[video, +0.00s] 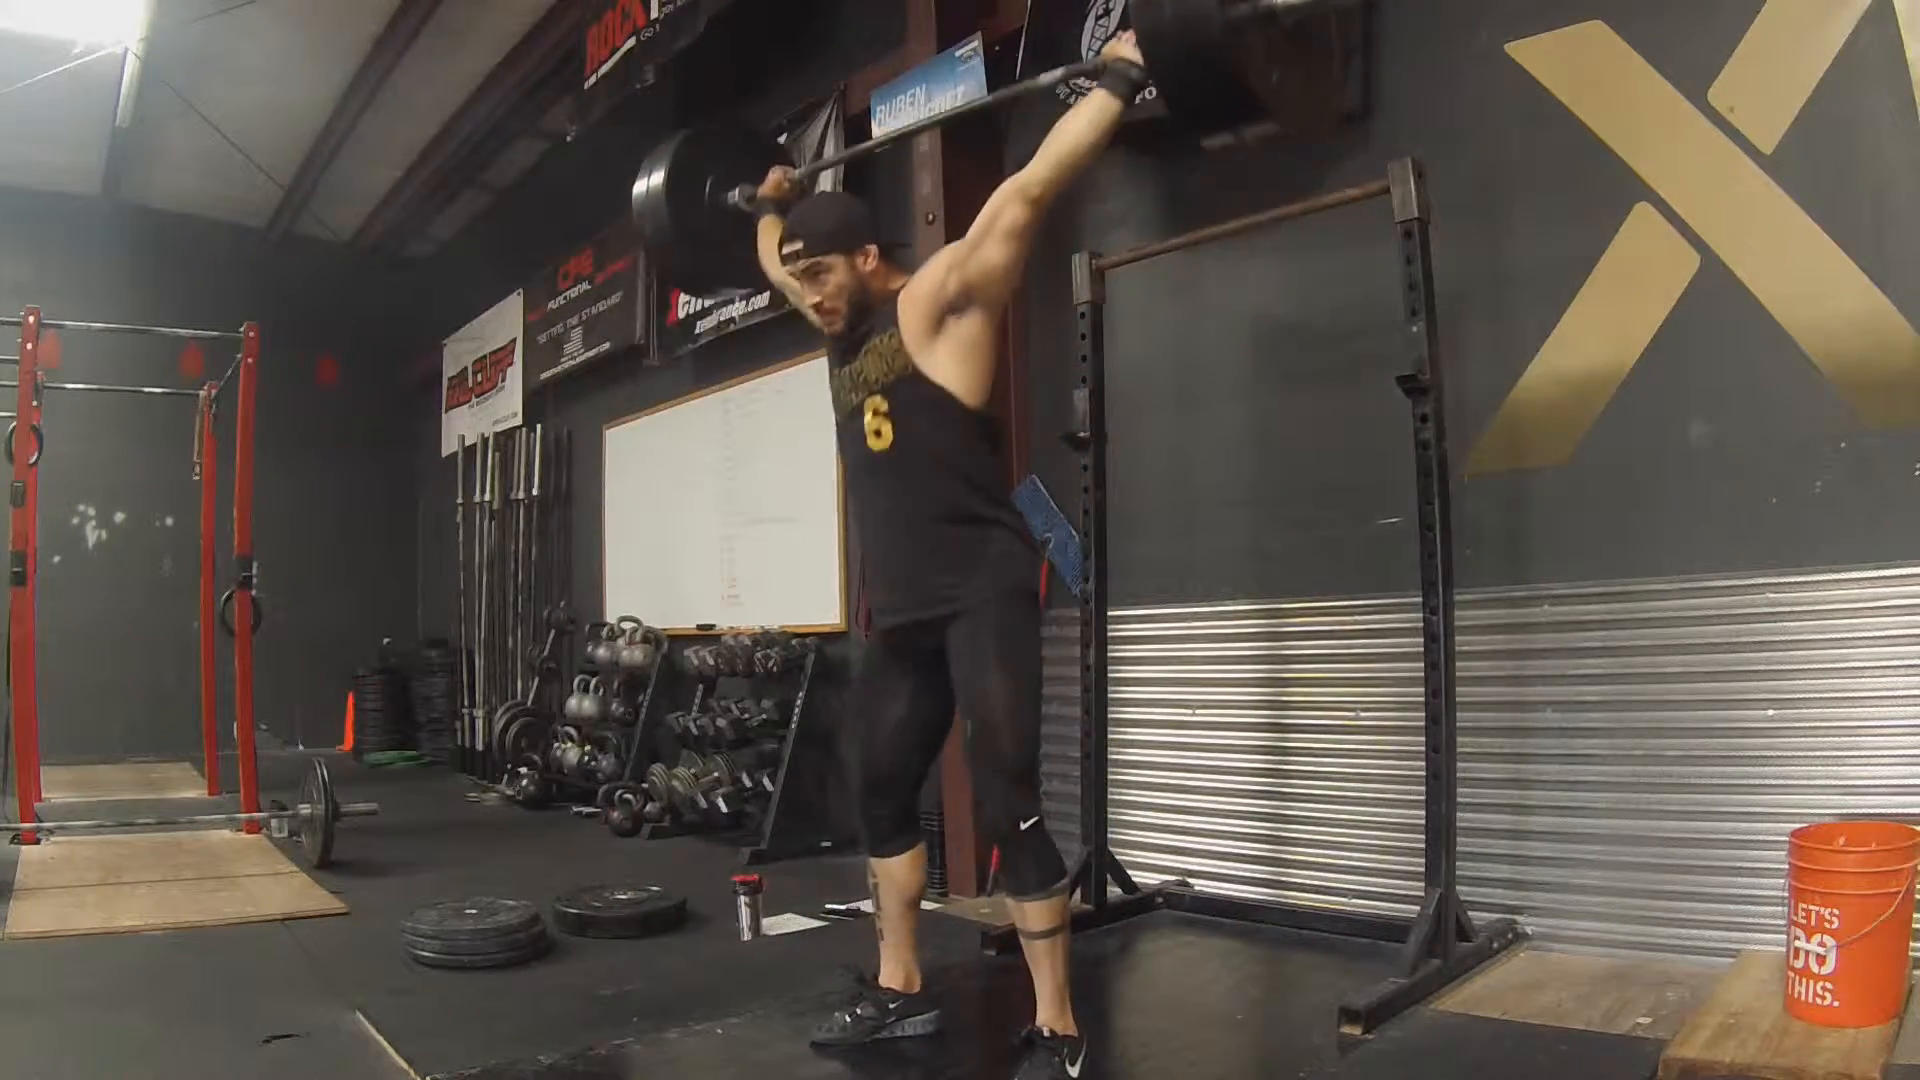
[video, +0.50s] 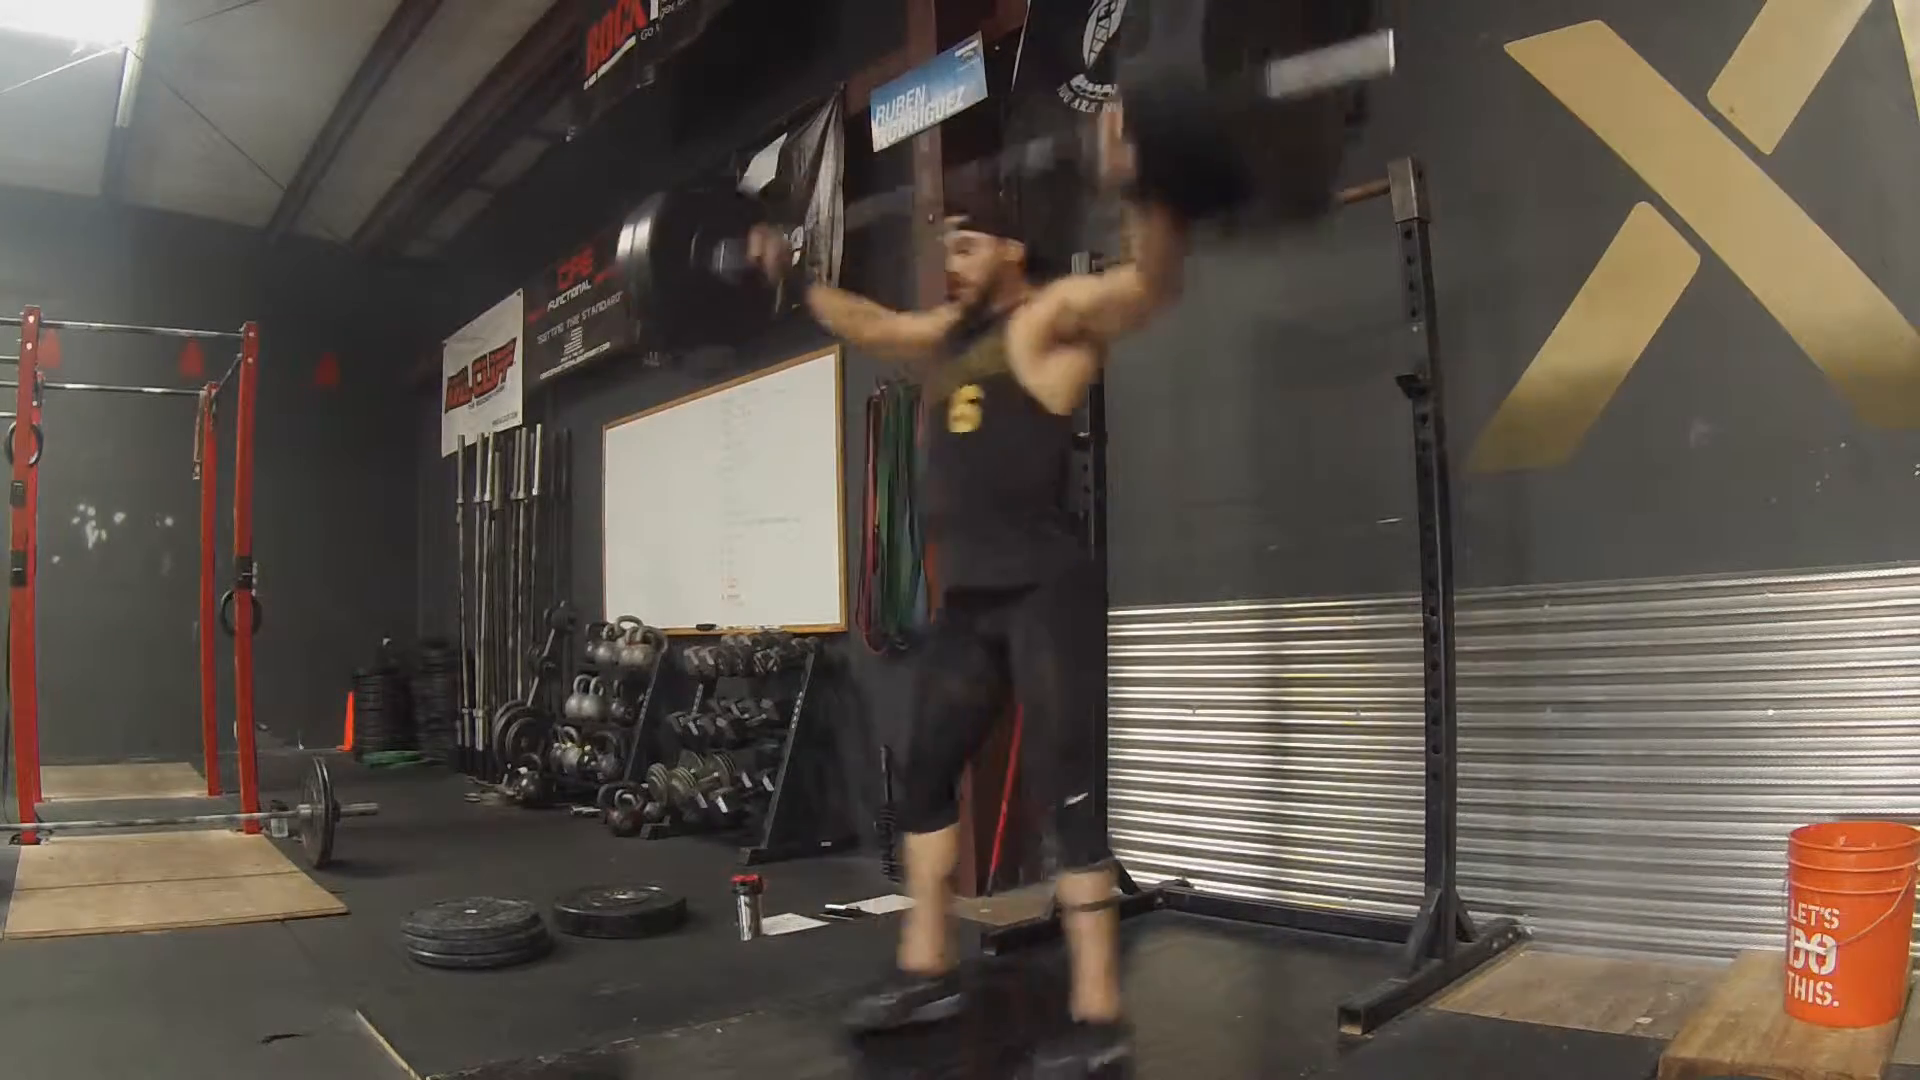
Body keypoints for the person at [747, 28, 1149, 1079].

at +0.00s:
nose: (807, 292)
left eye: (817, 271)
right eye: (797, 280)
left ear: (868, 255)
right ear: (813, 280)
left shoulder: (949, 290)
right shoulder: (853, 334)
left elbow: (1026, 188)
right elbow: (779, 268)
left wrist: (1115, 80)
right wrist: (769, 200)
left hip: (985, 588)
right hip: (900, 608)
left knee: (1008, 795)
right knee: (879, 787)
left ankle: (1057, 1031)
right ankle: (899, 998)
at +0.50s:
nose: (953, 255)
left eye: (968, 241)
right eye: (947, 244)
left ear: (1016, 250)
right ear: (953, 260)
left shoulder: (1056, 311)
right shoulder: (947, 332)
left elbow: (1149, 285)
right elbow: (868, 324)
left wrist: (1142, 185)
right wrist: (792, 273)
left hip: (1051, 596)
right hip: (965, 603)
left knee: (1068, 794)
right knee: (923, 774)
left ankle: (1098, 1017)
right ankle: (926, 972)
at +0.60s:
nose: (998, 285)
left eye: (1012, 270)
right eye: (992, 273)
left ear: (1058, 273)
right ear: (990, 278)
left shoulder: (1095, 335)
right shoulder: (986, 350)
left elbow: (1158, 366)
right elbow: (896, 386)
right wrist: (798, 361)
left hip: (1070, 600)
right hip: (990, 602)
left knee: (1089, 791)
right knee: (933, 781)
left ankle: (1182, 967)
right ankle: (995, 947)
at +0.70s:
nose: (1026, 317)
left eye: (1042, 301)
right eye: (1019, 304)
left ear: (1087, 308)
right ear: (1015, 314)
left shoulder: (1117, 383)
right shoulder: (1005, 397)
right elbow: (938, 466)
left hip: (1097, 631)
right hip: (1019, 632)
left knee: (1131, 820)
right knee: (949, 793)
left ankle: (1254, 954)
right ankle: (1003, 957)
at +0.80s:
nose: (1052, 326)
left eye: (1068, 311)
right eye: (1042, 314)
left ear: (1105, 320)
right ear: (1034, 326)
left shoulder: (1149, 400)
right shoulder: (1030, 417)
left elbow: (1203, 506)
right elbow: (1010, 528)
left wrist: (1190, 606)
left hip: (1139, 644)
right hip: (1052, 654)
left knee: (1192, 825)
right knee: (967, 794)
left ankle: (1258, 969)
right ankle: (1005, 956)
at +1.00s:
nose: (1107, 301)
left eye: (1121, 285)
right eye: (1092, 288)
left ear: (1146, 289)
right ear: (1074, 297)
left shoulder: (1195, 361)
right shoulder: (1063, 383)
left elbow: (1269, 460)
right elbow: (1090, 493)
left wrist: (1315, 574)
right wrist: (1080, 576)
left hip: (1193, 608)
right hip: (1109, 616)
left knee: (1223, 781)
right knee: (1042, 769)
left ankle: (1257, 969)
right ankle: (1027, 941)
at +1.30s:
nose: (1121, 283)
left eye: (1134, 266)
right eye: (1107, 273)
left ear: (1168, 267)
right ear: (1097, 283)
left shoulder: (1222, 338)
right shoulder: (1090, 363)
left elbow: (1292, 431)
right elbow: (1074, 471)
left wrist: (1339, 517)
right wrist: (1021, 549)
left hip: (1219, 589)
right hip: (1132, 599)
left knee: (1243, 771)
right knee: (1089, 762)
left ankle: (1264, 965)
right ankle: (1061, 932)